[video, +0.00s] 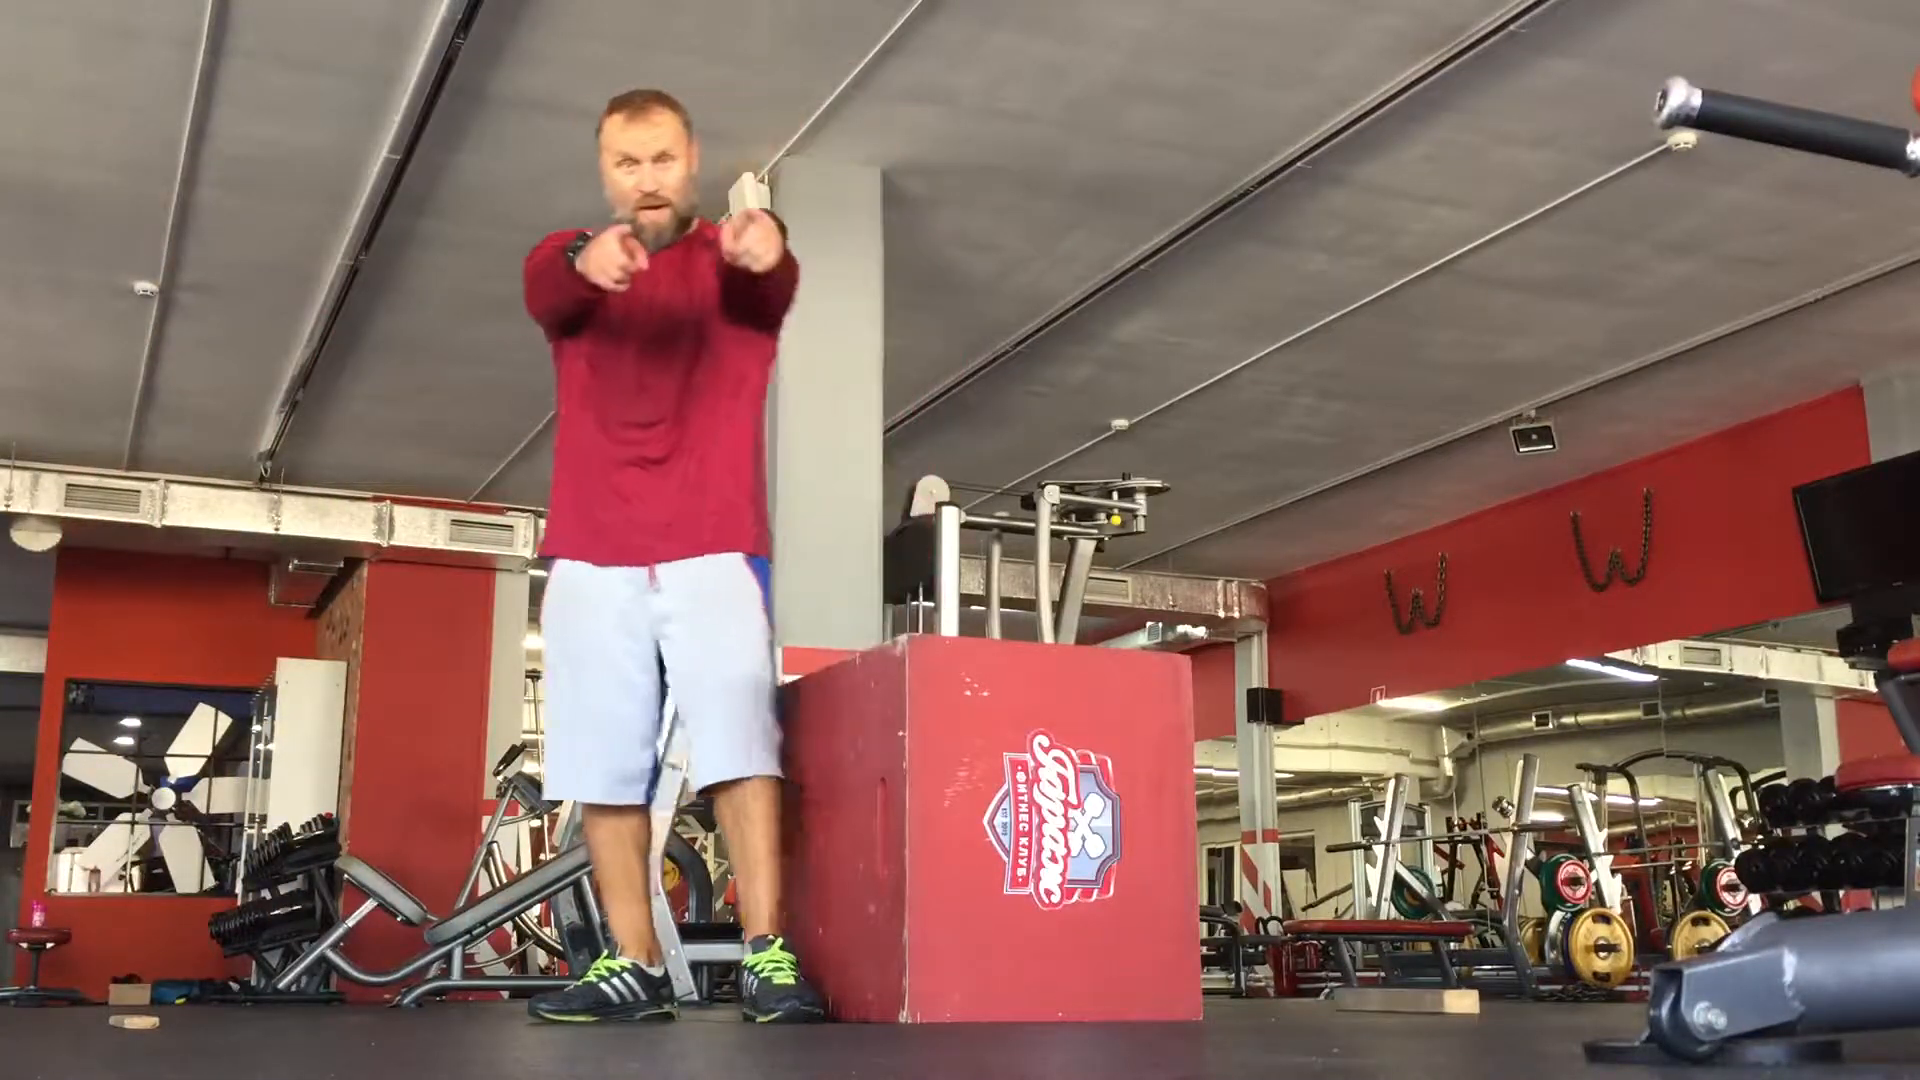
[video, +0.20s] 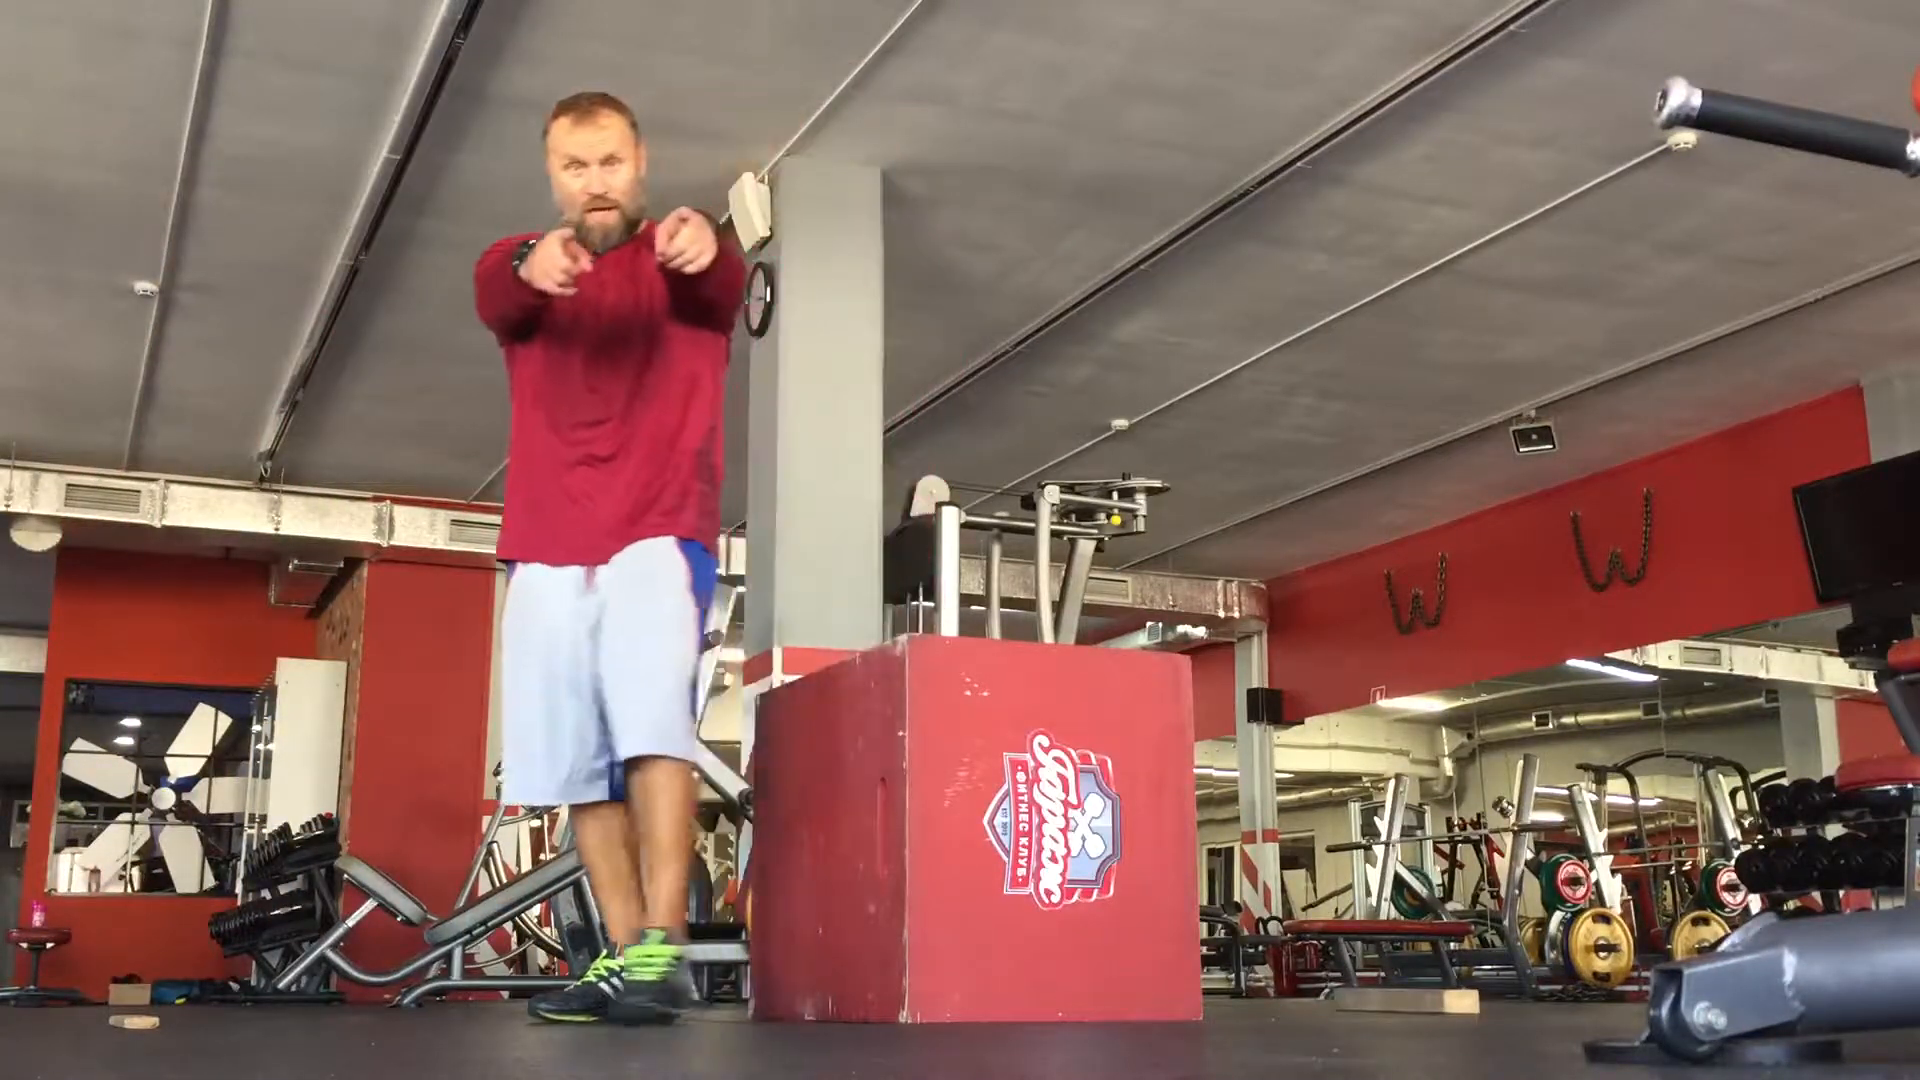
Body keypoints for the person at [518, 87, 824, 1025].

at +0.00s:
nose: (646, 174)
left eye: (662, 157)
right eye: (627, 161)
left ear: (694, 163)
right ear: (602, 173)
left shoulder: (736, 255)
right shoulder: (568, 258)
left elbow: (766, 280)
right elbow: (545, 288)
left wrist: (760, 252)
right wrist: (587, 264)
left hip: (714, 547)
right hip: (593, 556)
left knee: (739, 742)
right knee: (606, 758)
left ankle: (764, 953)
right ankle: (636, 964)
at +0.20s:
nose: (594, 178)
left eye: (610, 160)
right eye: (574, 164)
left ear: (641, 165)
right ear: (550, 176)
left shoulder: (688, 253)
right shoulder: (522, 261)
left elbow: (721, 283)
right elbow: (492, 294)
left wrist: (698, 251)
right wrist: (530, 270)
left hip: (655, 527)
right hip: (550, 537)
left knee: (652, 726)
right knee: (575, 742)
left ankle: (662, 947)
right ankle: (623, 949)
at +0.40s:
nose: (532, 168)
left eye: (549, 148)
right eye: (513, 153)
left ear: (585, 156)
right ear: (493, 170)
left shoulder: (634, 254)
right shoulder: (463, 276)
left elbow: (687, 295)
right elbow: (391, 356)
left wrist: (739, 275)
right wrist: (381, 275)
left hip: (599, 525)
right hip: (497, 536)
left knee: (546, 716)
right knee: (551, 744)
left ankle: (481, 940)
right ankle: (636, 963)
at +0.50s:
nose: (491, 160)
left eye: (510, 140)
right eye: (473, 145)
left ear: (548, 147)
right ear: (455, 161)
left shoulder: (602, 250)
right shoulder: (427, 279)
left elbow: (665, 313)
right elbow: (339, 349)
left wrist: (749, 291)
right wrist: (297, 242)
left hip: (564, 527)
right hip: (473, 535)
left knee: (474, 730)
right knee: (559, 758)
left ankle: (380, 945)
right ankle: (635, 963)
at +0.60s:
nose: (456, 149)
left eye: (475, 129)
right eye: (437, 134)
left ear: (516, 140)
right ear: (419, 153)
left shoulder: (560, 249)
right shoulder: (387, 270)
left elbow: (615, 341)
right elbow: (302, 336)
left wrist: (646, 289)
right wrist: (256, 209)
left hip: (514, 529)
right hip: (436, 532)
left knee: (413, 715)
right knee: (522, 746)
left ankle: (335, 959)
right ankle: (628, 950)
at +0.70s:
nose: (419, 124)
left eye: (440, 105)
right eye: (401, 108)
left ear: (480, 119)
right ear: (382, 125)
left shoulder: (526, 234)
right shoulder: (346, 238)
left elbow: (537, 335)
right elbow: (284, 334)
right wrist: (269, 218)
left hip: (468, 508)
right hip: (380, 512)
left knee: (386, 716)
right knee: (440, 751)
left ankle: (331, 961)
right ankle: (585, 923)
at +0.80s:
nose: (380, 97)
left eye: (403, 78)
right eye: (362, 81)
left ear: (447, 94)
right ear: (344, 99)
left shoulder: (490, 216)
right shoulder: (320, 205)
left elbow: (455, 328)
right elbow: (237, 323)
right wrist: (272, 263)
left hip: (423, 500)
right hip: (316, 502)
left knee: (375, 713)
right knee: (292, 713)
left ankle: (332, 960)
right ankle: (463, 876)